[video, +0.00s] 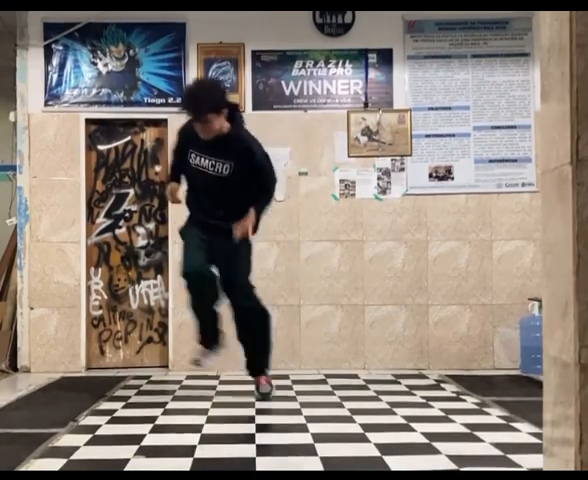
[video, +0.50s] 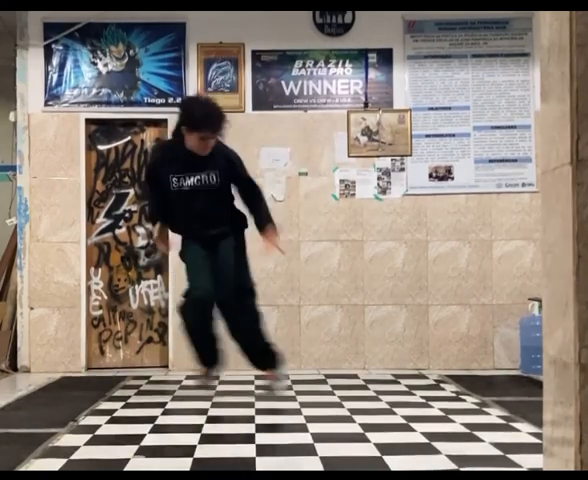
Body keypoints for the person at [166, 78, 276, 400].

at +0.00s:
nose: (203, 128)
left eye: (208, 121)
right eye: (199, 122)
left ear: (223, 113)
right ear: (193, 117)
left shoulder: (244, 145)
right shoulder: (189, 134)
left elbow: (267, 181)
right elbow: (179, 157)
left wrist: (253, 215)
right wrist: (174, 180)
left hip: (233, 231)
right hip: (198, 226)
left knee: (240, 295)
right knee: (195, 274)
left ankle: (259, 369)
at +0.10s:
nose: (187, 138)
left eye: (191, 131)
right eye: (182, 132)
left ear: (207, 121)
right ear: (175, 127)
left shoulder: (235, 138)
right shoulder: (171, 146)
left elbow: (261, 156)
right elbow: (157, 171)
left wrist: (246, 185)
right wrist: (158, 195)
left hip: (224, 228)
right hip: (188, 224)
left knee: (211, 290)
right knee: (170, 283)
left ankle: (218, 357)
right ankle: (163, 343)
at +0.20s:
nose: (169, 155)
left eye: (172, 148)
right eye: (165, 150)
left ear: (189, 137)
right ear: (161, 146)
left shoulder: (220, 147)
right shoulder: (165, 175)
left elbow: (239, 162)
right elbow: (150, 217)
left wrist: (239, 181)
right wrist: (133, 253)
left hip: (213, 244)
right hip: (178, 241)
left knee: (184, 303)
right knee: (159, 305)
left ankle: (170, 366)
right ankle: (124, 370)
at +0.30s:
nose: (166, 163)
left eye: (170, 156)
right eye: (161, 158)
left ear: (186, 147)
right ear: (156, 157)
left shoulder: (214, 158)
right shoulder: (163, 189)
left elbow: (233, 182)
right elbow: (149, 238)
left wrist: (235, 194)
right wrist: (128, 279)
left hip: (208, 254)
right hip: (172, 257)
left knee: (181, 312)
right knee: (147, 313)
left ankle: (164, 371)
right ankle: (120, 374)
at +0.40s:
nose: (186, 148)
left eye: (191, 142)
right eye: (180, 143)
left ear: (199, 133)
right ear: (167, 137)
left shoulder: (217, 148)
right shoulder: (159, 163)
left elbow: (247, 171)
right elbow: (150, 207)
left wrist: (247, 194)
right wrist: (146, 247)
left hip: (221, 235)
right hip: (185, 238)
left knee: (214, 300)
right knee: (177, 293)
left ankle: (204, 362)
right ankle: (148, 355)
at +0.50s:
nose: (209, 145)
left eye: (213, 138)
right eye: (203, 139)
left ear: (218, 132)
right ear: (185, 132)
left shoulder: (223, 156)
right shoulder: (163, 157)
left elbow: (247, 188)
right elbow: (155, 191)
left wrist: (265, 222)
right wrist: (161, 223)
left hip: (227, 234)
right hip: (193, 238)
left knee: (235, 297)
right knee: (200, 297)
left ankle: (267, 363)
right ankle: (209, 361)